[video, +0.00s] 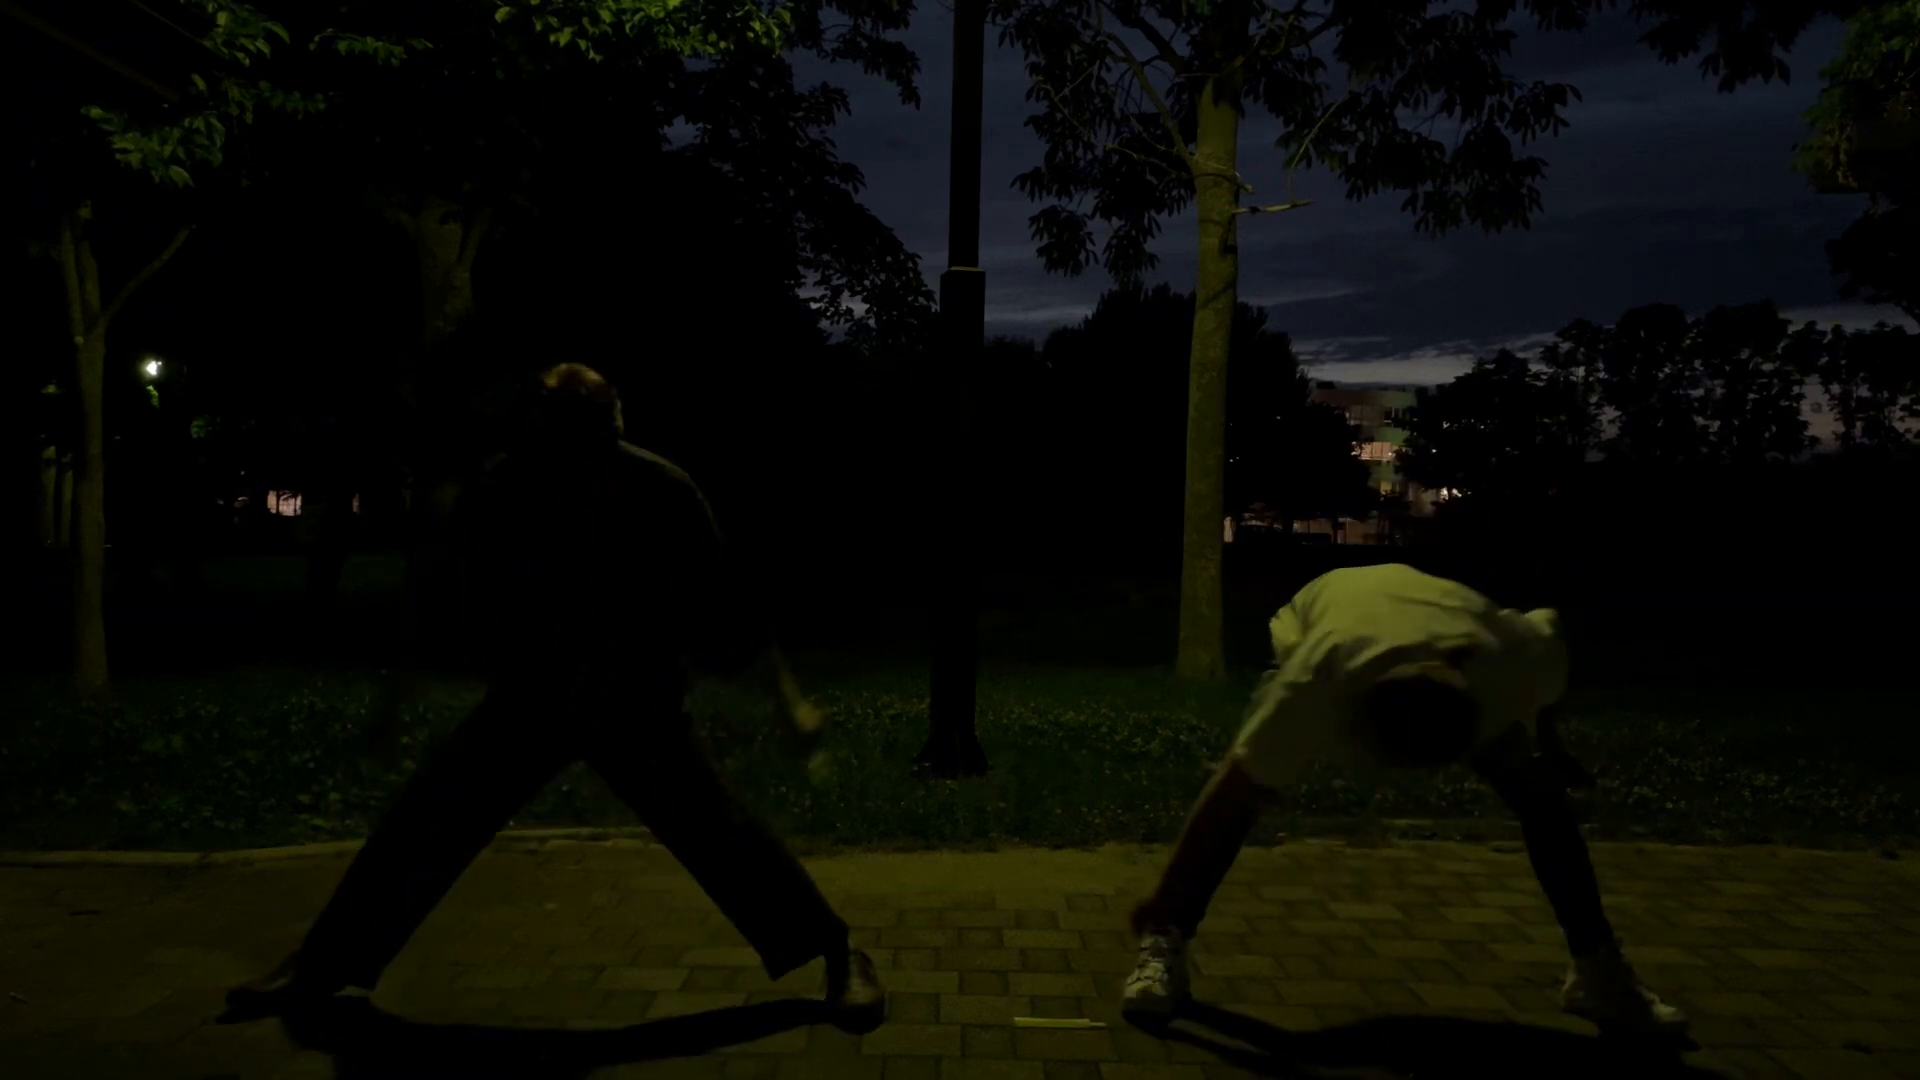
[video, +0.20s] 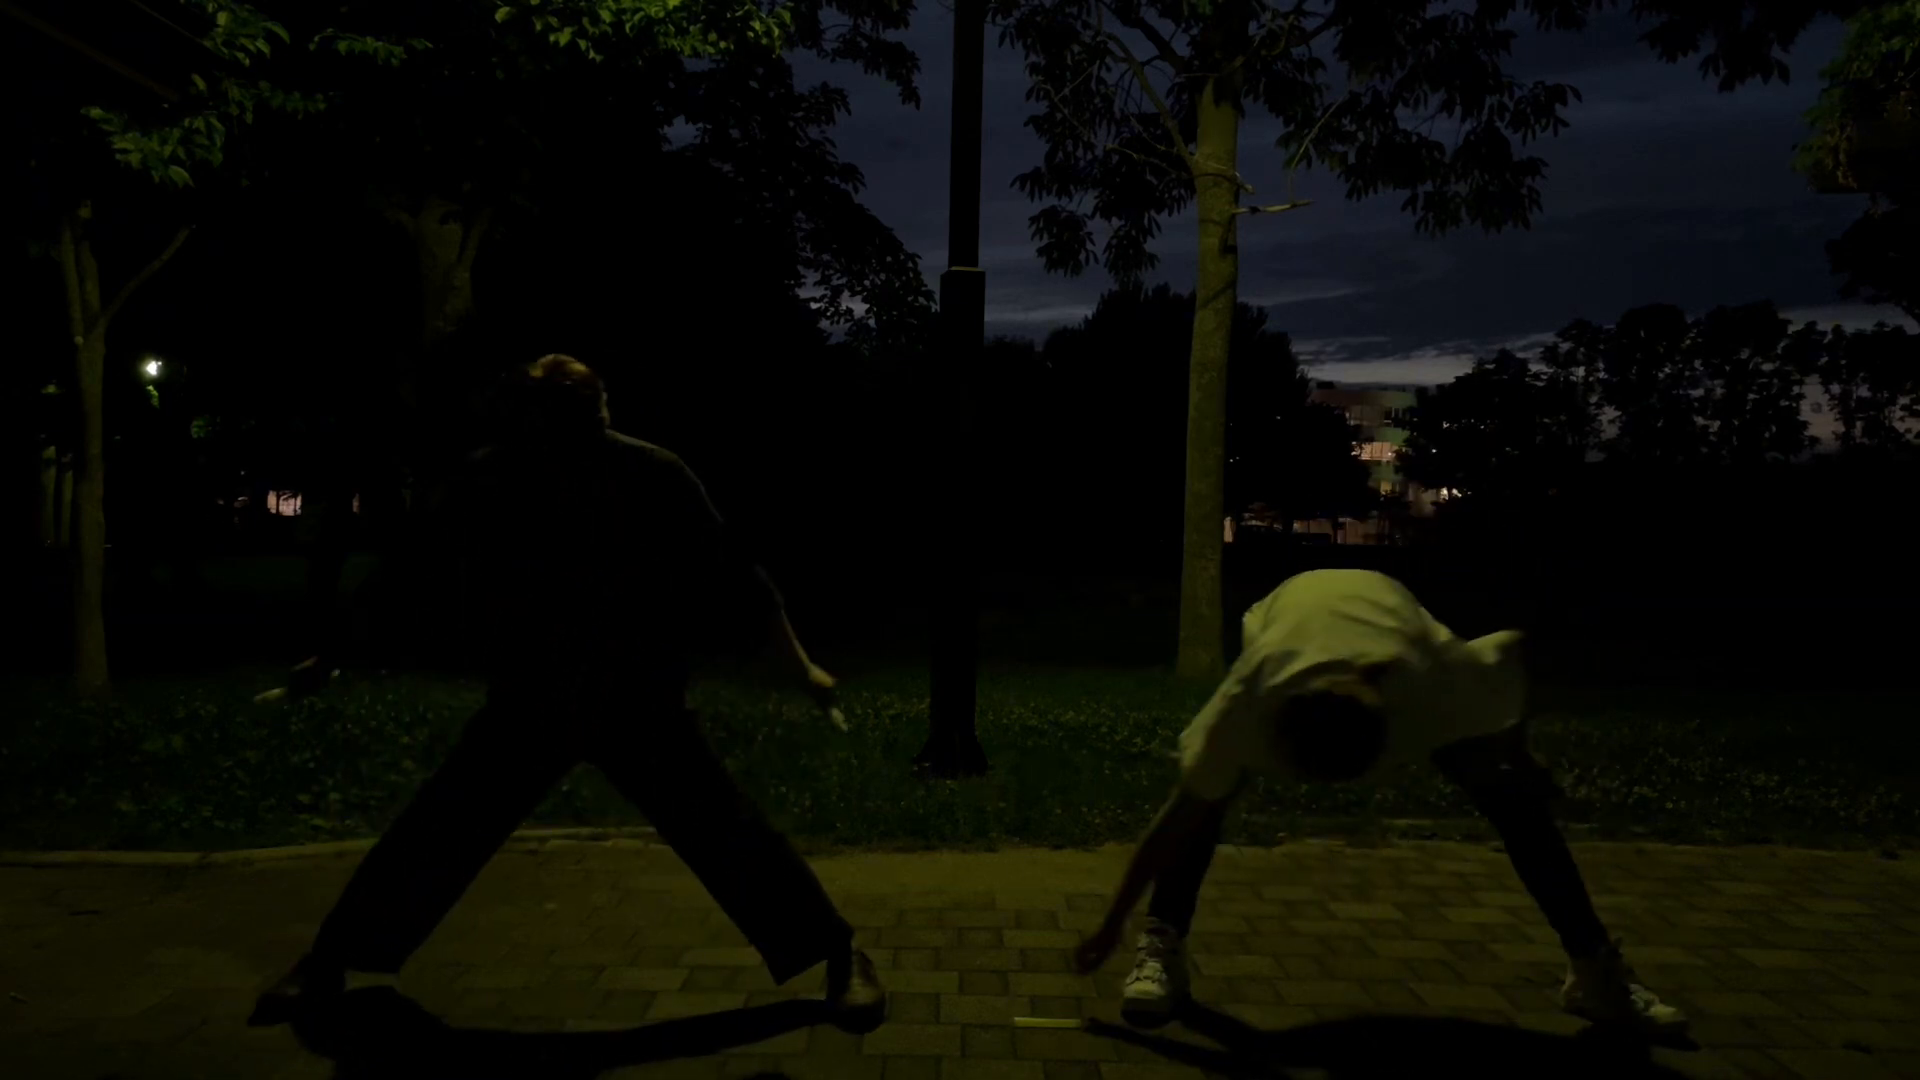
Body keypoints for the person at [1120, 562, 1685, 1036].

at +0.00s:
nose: (1410, 764)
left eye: (1428, 752)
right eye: (1399, 754)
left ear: (1463, 707)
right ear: (1370, 717)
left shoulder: (1512, 654)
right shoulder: (1316, 677)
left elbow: (1557, 640)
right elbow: (1230, 788)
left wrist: (1556, 751)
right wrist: (1161, 916)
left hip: (1441, 600)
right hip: (1318, 612)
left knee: (1544, 805)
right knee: (1247, 793)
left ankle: (1603, 974)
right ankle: (1164, 947)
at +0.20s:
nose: (1323, 771)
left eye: (1341, 761)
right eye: (1314, 762)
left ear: (1373, 719)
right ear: (1290, 732)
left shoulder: (1438, 675)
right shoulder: (1245, 707)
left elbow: (1518, 651)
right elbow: (1180, 810)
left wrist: (1523, 752)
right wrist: (1114, 929)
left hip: (1393, 609)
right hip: (1276, 616)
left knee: (1515, 799)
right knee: (1206, 797)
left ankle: (1600, 974)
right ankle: (1163, 955)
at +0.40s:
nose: (1269, 788)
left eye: (1284, 774)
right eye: (1256, 772)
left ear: (1315, 731)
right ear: (1233, 744)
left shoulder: (1392, 692)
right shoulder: (1202, 730)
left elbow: (1487, 670)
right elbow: (1149, 841)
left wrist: (1507, 763)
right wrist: (1081, 956)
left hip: (1372, 616)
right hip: (1256, 622)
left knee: (1501, 806)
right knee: (1185, 804)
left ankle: (1601, 973)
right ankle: (1162, 958)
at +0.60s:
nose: (1233, 797)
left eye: (1254, 783)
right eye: (1223, 780)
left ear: (1290, 735)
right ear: (1211, 746)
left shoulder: (1370, 686)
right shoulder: (1185, 733)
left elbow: (1467, 681)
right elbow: (1146, 852)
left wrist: (1496, 764)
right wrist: (1083, 975)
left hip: (1364, 620)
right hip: (1251, 626)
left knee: (1496, 809)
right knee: (1179, 806)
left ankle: (1600, 973)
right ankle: (1162, 962)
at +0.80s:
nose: (1248, 778)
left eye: (1264, 763)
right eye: (1239, 761)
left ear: (1302, 709)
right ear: (1222, 734)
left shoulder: (1381, 679)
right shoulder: (1199, 721)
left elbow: (1474, 674)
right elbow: (1147, 837)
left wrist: (1500, 762)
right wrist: (1079, 952)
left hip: (1373, 615)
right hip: (1256, 621)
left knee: (1501, 807)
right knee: (1185, 803)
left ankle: (1600, 973)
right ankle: (1159, 959)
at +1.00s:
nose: (1305, 707)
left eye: (1320, 692)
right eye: (1294, 689)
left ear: (1356, 659)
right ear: (1270, 653)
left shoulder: (1423, 614)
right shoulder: (1238, 634)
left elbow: (1498, 678)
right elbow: (1157, 718)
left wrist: (1529, 768)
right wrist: (1108, 803)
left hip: (1411, 683)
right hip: (1287, 702)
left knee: (1520, 802)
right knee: (1218, 792)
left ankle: (1600, 973)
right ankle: (1161, 951)